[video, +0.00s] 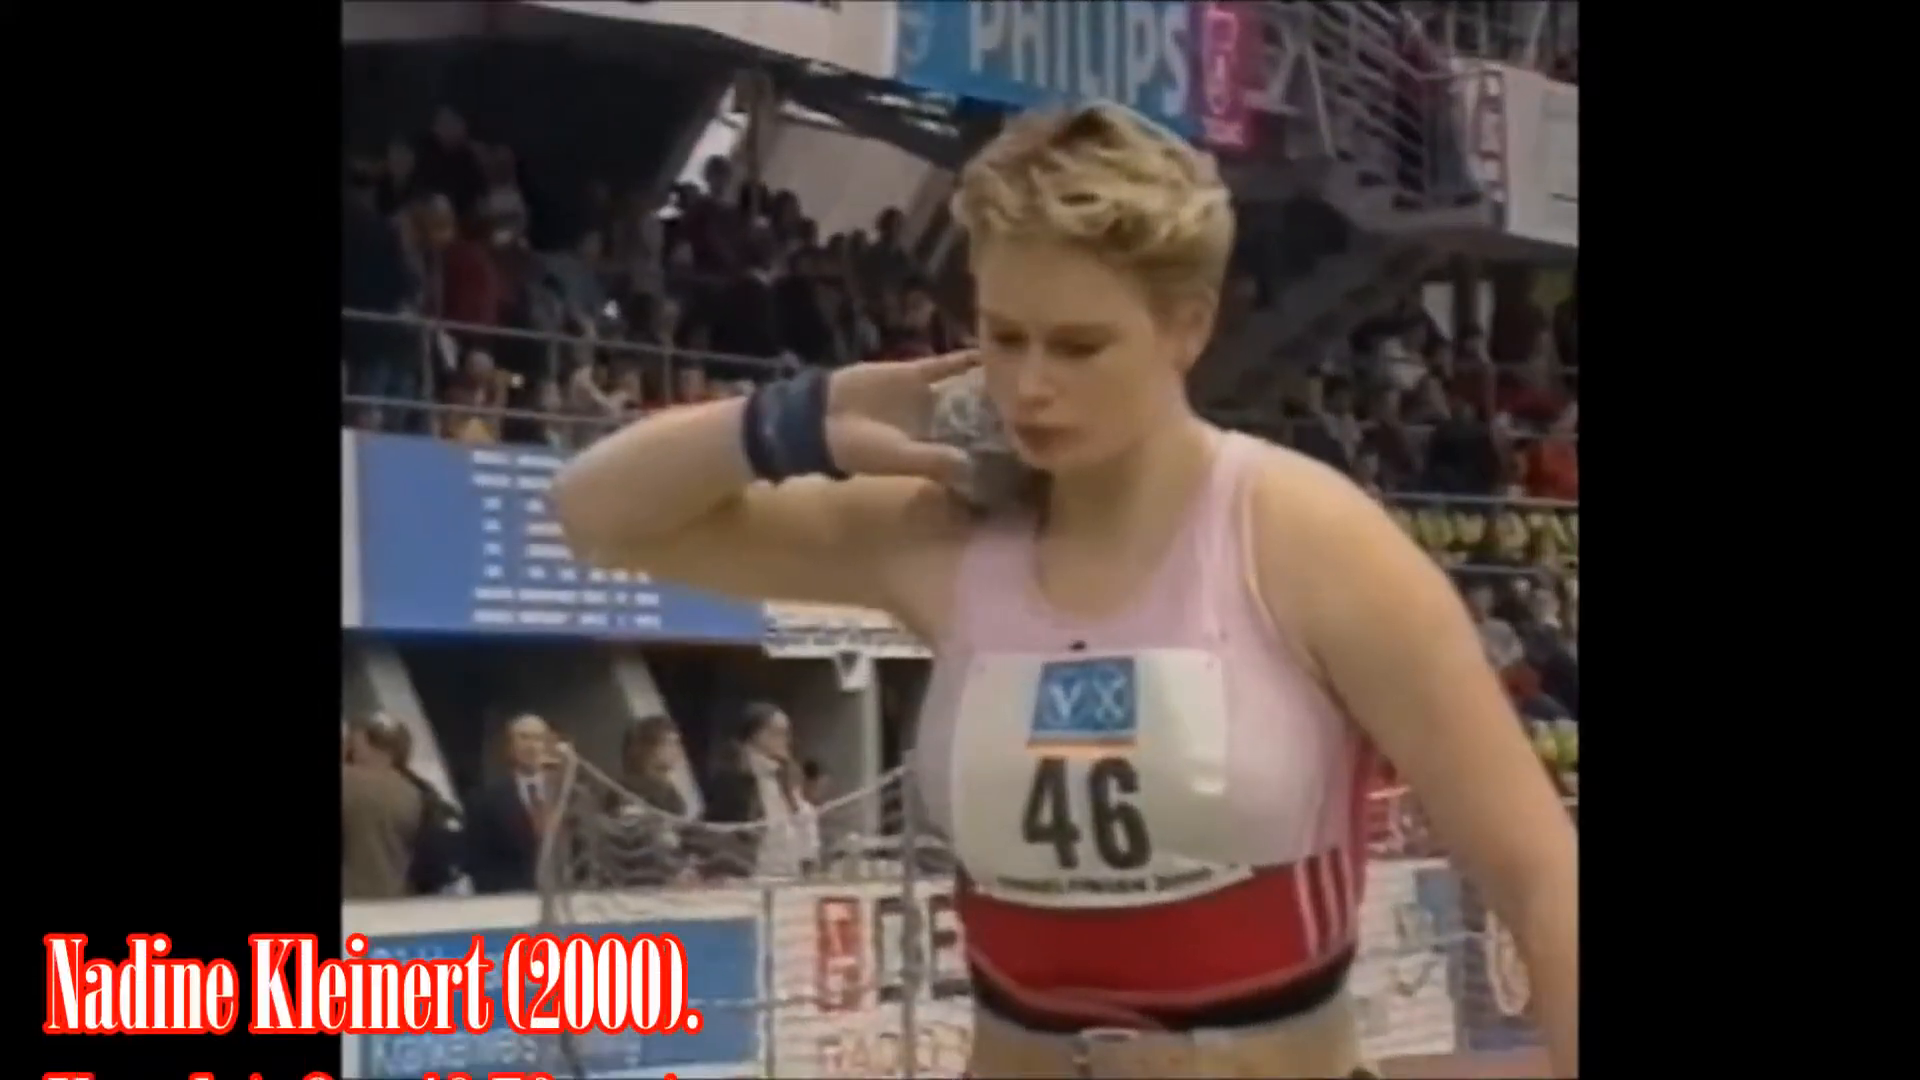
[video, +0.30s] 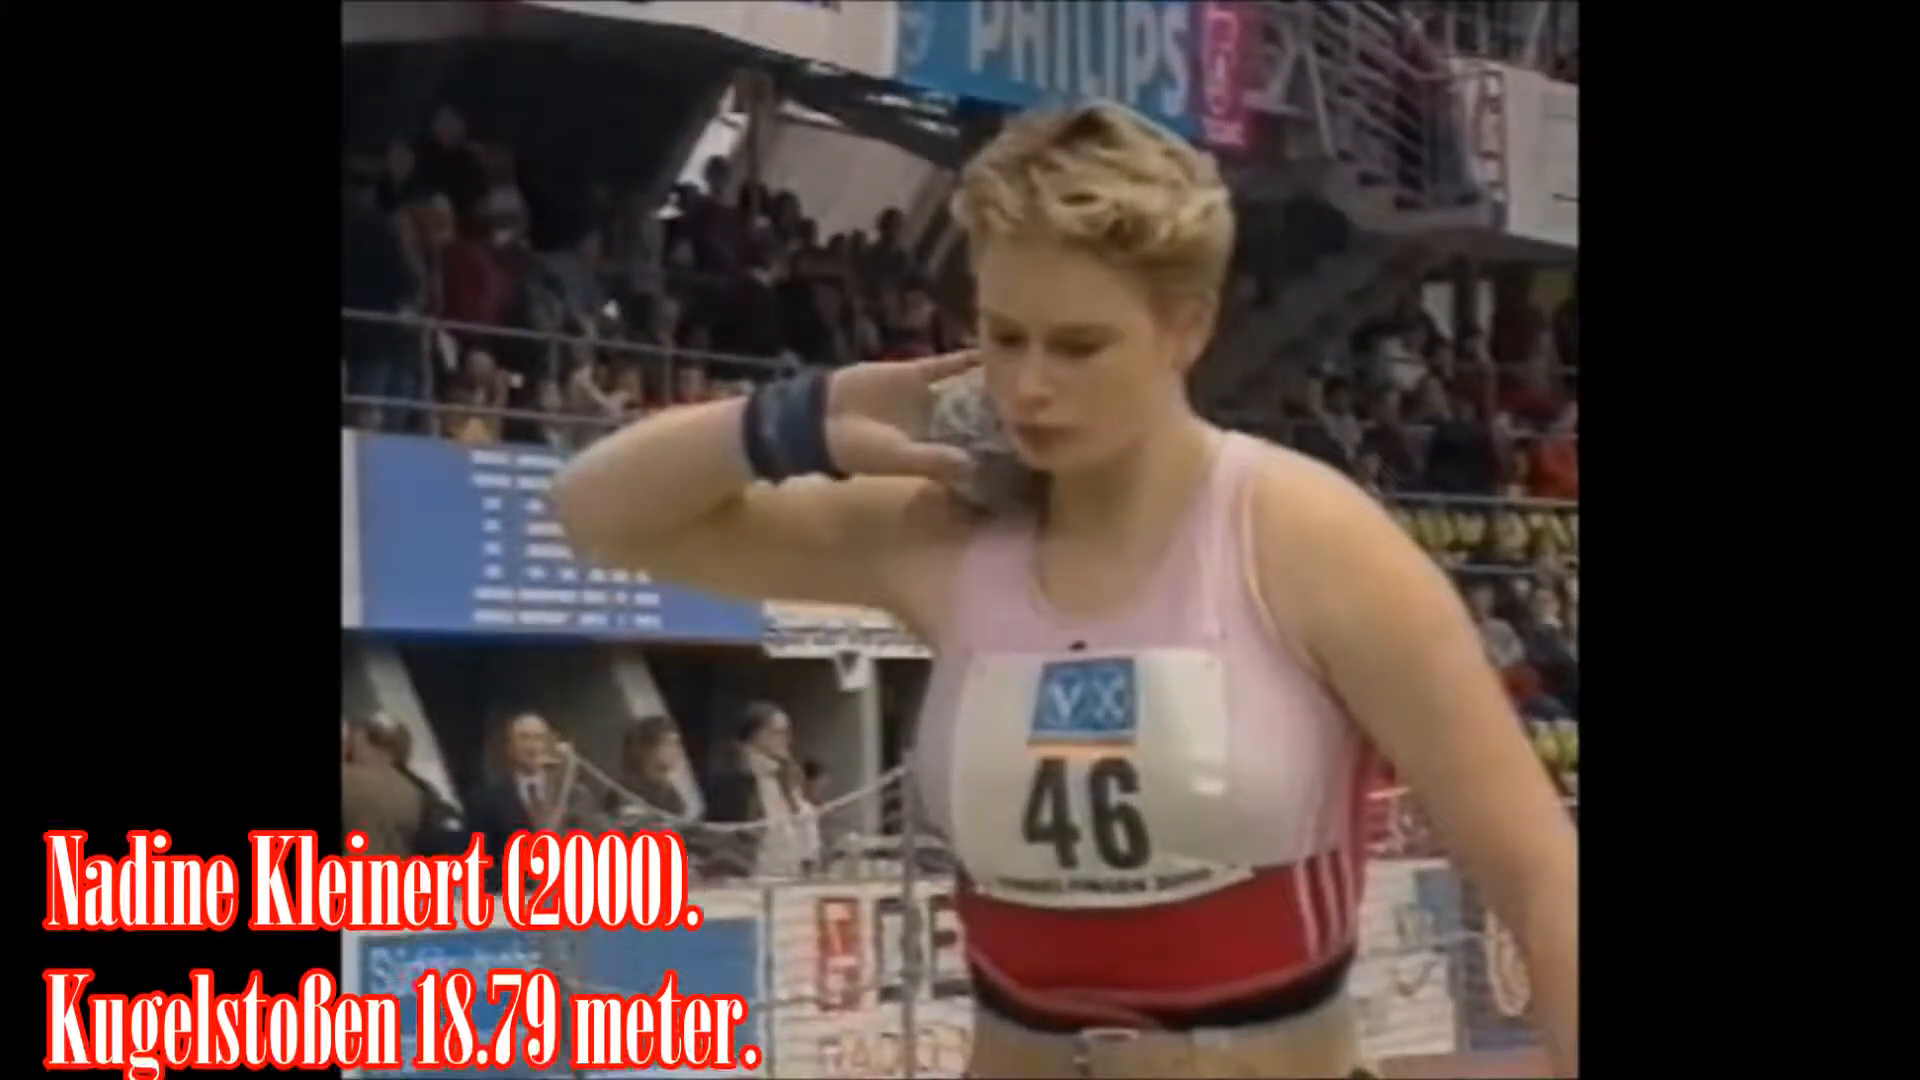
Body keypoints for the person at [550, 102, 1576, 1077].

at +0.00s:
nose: (1028, 387)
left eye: (1079, 344)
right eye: (1004, 339)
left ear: (1186, 328)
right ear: (974, 324)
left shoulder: (1304, 534)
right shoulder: (928, 534)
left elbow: (1539, 875)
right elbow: (598, 513)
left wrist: (1563, 1061)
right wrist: (813, 419)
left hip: (1268, 1055)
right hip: (1016, 1053)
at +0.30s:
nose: (1028, 387)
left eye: (1078, 344)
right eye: (1003, 338)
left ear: (1185, 329)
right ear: (974, 324)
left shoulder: (1303, 533)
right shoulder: (929, 534)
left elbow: (1538, 874)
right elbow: (600, 512)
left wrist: (1563, 1059)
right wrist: (816, 419)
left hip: (1268, 1054)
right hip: (1016, 1051)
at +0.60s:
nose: (1028, 387)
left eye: (1078, 345)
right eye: (1004, 339)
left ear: (1186, 329)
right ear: (974, 325)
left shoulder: (1303, 533)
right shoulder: (929, 535)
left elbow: (1538, 874)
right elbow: (599, 512)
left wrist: (1564, 1059)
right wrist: (812, 420)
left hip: (1268, 1054)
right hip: (1016, 1052)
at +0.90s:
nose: (1028, 387)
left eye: (1079, 345)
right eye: (1004, 338)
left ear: (1186, 328)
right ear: (974, 324)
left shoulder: (1303, 533)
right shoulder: (929, 534)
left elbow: (1539, 874)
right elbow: (599, 513)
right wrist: (810, 420)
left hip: (1269, 1054)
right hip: (1017, 1051)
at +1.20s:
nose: (1028, 387)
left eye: (1079, 345)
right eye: (1004, 338)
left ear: (1186, 328)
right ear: (974, 325)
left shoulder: (1303, 533)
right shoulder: (929, 535)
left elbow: (1539, 875)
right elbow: (597, 512)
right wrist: (809, 421)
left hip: (1268, 1054)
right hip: (1017, 1051)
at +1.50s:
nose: (1028, 387)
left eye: (1079, 344)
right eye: (1004, 337)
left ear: (1186, 327)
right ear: (972, 322)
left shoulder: (1303, 533)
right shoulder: (926, 536)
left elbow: (1539, 875)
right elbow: (606, 508)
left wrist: (1563, 1061)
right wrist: (811, 421)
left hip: (1271, 1054)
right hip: (1017, 1053)